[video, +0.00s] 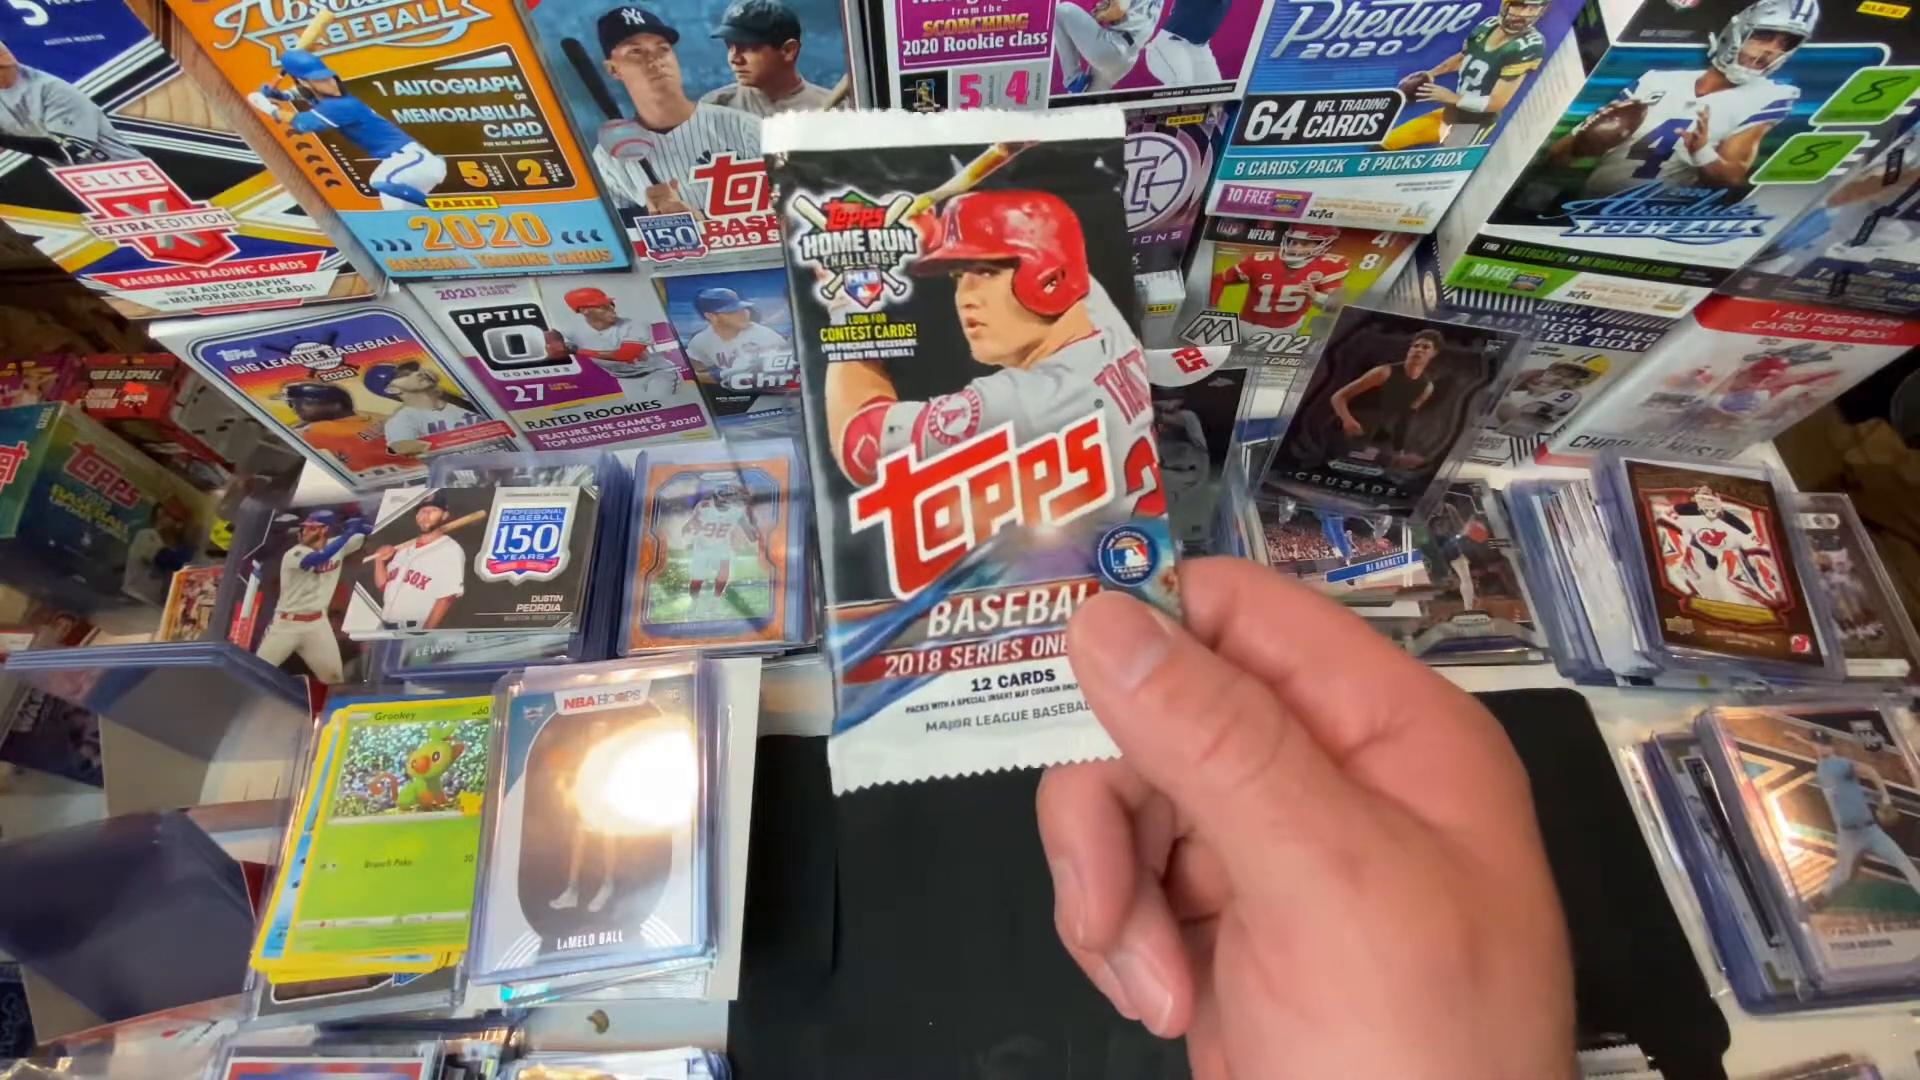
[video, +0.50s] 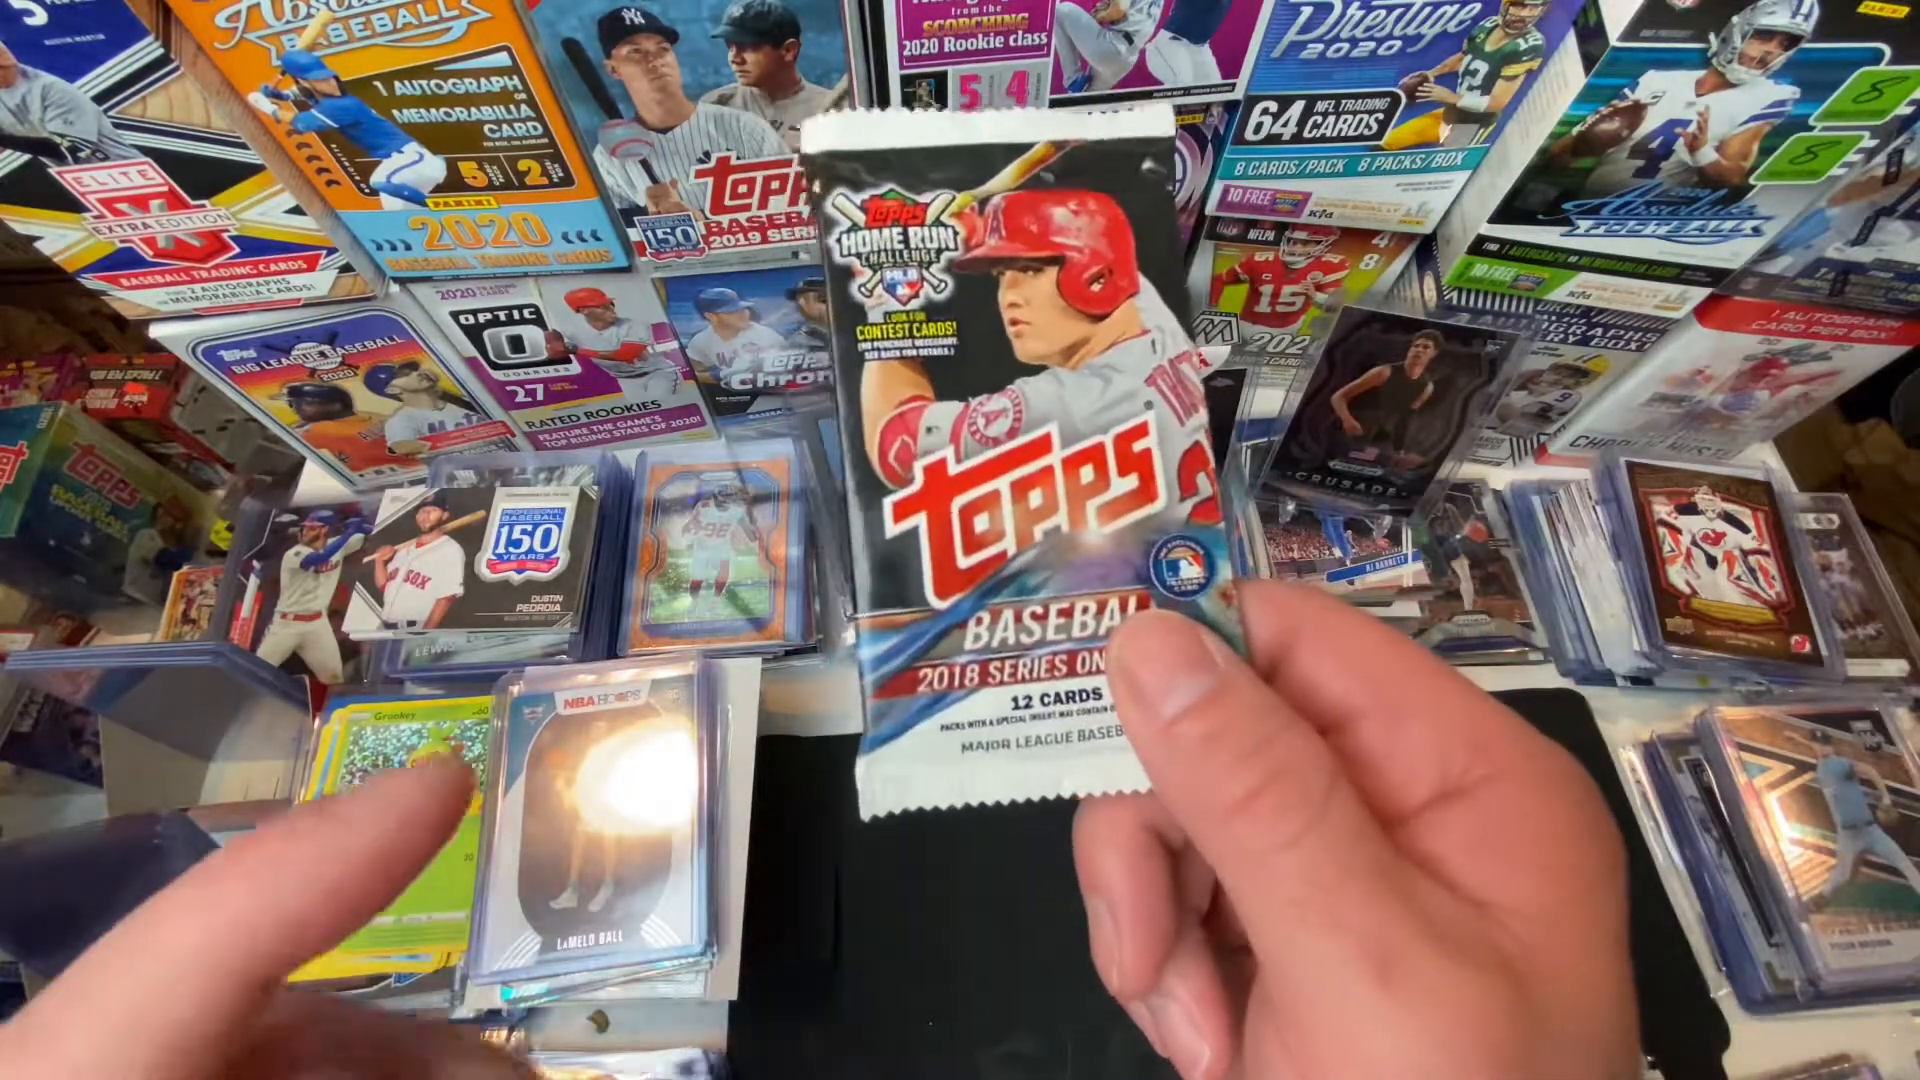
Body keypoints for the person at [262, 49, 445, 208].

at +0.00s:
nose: (331, 80)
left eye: (328, 76)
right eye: (322, 78)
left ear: (309, 82)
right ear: (306, 84)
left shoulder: (343, 106)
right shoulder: (330, 104)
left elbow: (300, 122)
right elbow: (302, 93)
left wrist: (271, 110)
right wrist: (277, 94)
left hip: (415, 157)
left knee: (381, 179)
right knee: (399, 222)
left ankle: (437, 214)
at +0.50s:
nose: (331, 80)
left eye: (328, 75)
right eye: (323, 78)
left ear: (311, 83)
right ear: (306, 84)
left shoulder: (344, 105)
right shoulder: (330, 103)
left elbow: (301, 122)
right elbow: (300, 93)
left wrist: (271, 110)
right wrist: (275, 94)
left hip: (414, 158)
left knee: (381, 180)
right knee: (399, 218)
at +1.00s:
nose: (331, 80)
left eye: (329, 76)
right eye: (323, 78)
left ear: (310, 83)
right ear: (306, 84)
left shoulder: (344, 106)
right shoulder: (332, 103)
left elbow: (300, 122)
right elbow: (300, 93)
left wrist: (271, 110)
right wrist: (277, 95)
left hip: (414, 158)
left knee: (381, 180)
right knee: (399, 220)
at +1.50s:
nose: (329, 80)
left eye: (327, 75)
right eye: (321, 77)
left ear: (310, 82)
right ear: (305, 83)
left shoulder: (344, 106)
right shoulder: (332, 103)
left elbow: (300, 123)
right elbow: (300, 94)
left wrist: (271, 110)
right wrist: (276, 94)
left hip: (414, 159)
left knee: (380, 179)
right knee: (399, 221)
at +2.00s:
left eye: (302, 82)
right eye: (321, 77)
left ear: (308, 83)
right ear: (307, 82)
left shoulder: (341, 106)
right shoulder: (332, 103)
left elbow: (300, 122)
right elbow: (300, 94)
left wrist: (271, 109)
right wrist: (276, 94)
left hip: (414, 158)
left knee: (380, 179)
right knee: (398, 218)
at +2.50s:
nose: (331, 80)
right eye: (323, 78)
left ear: (307, 83)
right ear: (307, 82)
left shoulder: (342, 106)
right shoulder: (332, 103)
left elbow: (300, 123)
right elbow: (302, 93)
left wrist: (270, 109)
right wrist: (277, 95)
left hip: (413, 158)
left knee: (380, 180)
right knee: (399, 219)